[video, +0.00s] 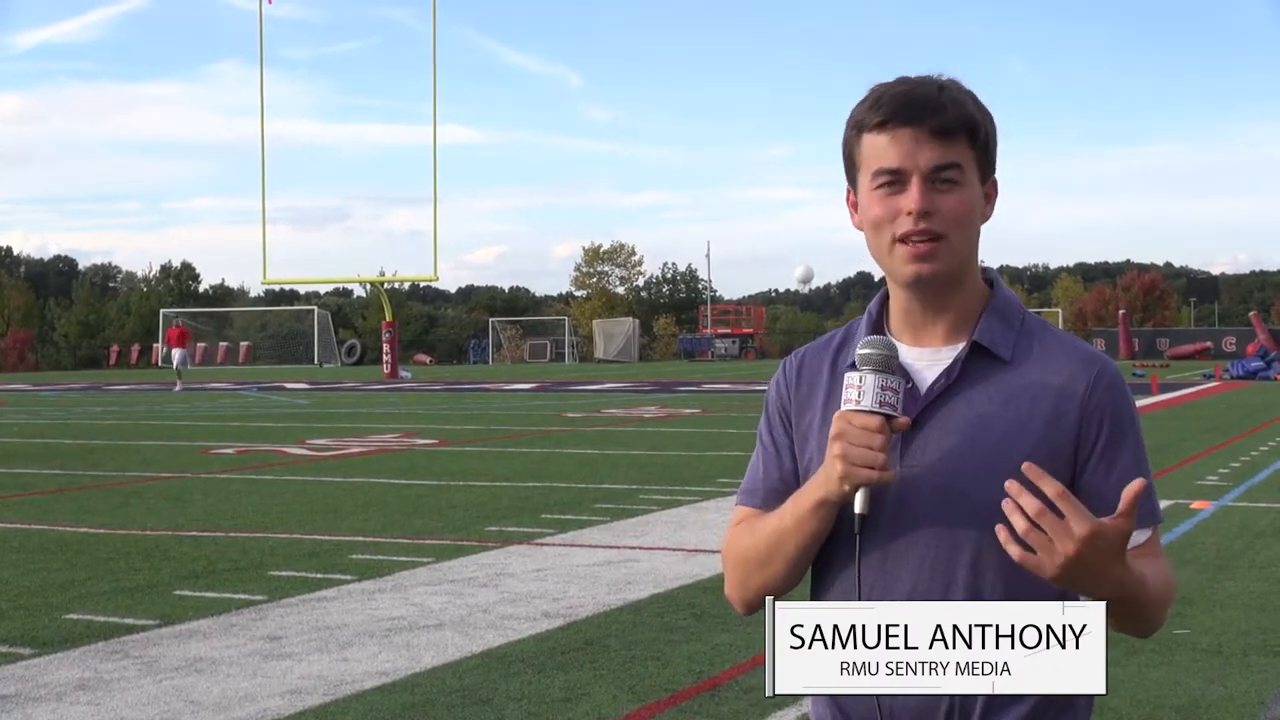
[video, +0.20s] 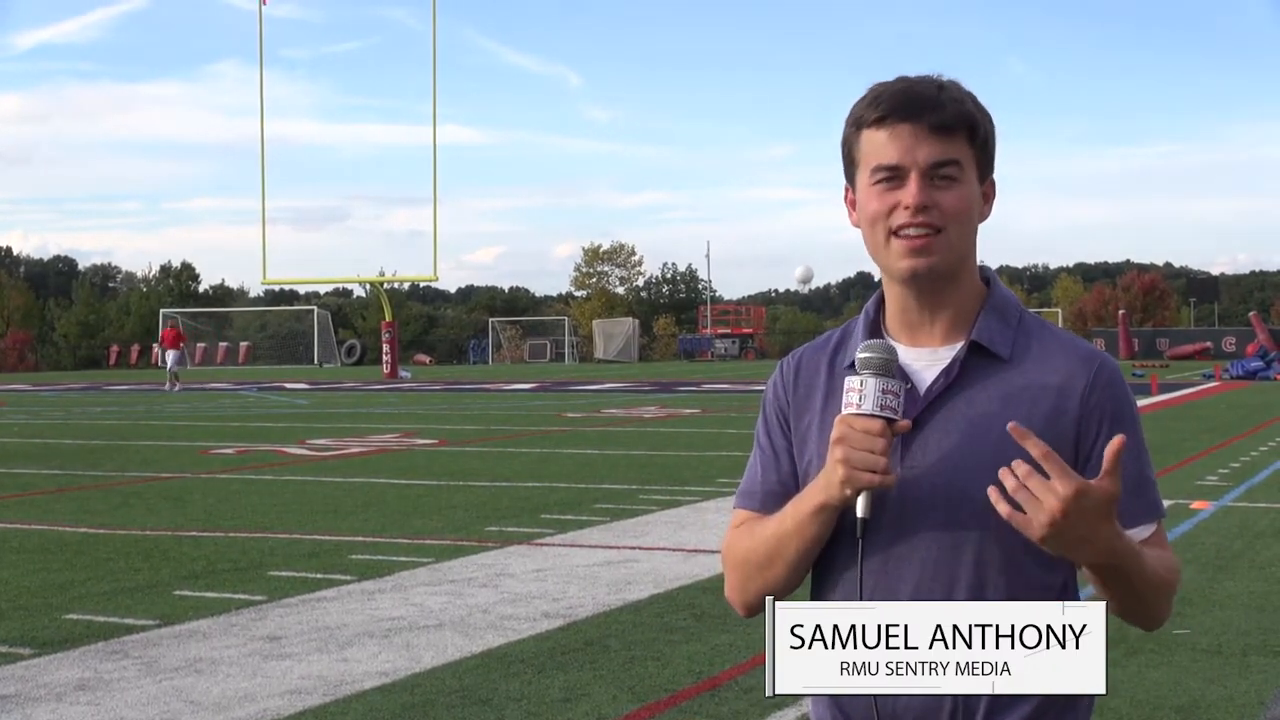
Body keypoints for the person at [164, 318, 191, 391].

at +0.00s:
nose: (175, 323)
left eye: (177, 321)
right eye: (174, 321)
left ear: (179, 322)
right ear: (172, 322)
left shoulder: (183, 330)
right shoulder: (170, 330)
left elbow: (187, 340)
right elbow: (166, 342)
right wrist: (164, 350)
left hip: (181, 349)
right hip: (174, 349)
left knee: (176, 366)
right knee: (176, 367)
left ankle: (179, 384)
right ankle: (179, 384)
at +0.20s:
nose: (170, 324)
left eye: (172, 322)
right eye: (169, 322)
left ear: (175, 323)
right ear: (168, 323)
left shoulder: (177, 331)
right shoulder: (165, 331)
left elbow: (183, 340)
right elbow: (161, 340)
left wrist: (182, 345)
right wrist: (159, 345)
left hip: (175, 350)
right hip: (168, 350)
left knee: (169, 367)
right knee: (173, 368)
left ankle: (169, 383)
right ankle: (178, 383)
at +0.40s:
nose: (164, 324)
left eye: (166, 322)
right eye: (163, 322)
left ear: (168, 323)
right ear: (162, 323)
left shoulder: (172, 331)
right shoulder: (158, 331)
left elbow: (176, 343)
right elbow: (155, 343)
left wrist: (176, 355)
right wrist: (153, 354)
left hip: (168, 350)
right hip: (160, 350)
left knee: (165, 369)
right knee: (159, 370)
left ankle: (166, 385)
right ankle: (169, 382)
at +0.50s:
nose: (161, 322)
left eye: (163, 321)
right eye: (160, 321)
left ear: (166, 322)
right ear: (159, 321)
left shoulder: (169, 330)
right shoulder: (155, 330)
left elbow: (171, 343)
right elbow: (153, 343)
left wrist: (172, 356)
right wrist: (151, 352)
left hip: (165, 349)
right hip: (157, 349)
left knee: (164, 369)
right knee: (153, 368)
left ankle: (166, 385)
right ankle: (162, 382)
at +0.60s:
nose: (158, 322)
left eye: (160, 321)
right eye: (157, 321)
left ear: (162, 322)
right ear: (155, 322)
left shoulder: (165, 330)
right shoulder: (152, 331)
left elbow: (166, 341)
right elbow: (150, 342)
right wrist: (148, 351)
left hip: (162, 350)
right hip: (154, 350)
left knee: (163, 369)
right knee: (150, 368)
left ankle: (165, 385)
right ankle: (152, 384)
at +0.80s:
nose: (150, 324)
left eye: (151, 323)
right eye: (149, 323)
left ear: (153, 324)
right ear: (147, 324)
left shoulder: (156, 332)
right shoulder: (144, 333)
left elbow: (158, 342)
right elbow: (143, 342)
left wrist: (152, 348)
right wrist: (143, 349)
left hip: (155, 352)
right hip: (146, 352)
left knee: (158, 370)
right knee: (144, 370)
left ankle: (164, 386)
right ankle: (142, 386)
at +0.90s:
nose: (145, 324)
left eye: (147, 322)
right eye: (144, 322)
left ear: (149, 323)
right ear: (142, 323)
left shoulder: (151, 331)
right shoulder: (140, 332)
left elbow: (154, 341)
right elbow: (138, 342)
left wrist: (151, 348)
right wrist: (138, 349)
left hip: (149, 352)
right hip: (141, 352)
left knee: (152, 370)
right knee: (140, 370)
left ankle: (161, 384)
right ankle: (140, 386)